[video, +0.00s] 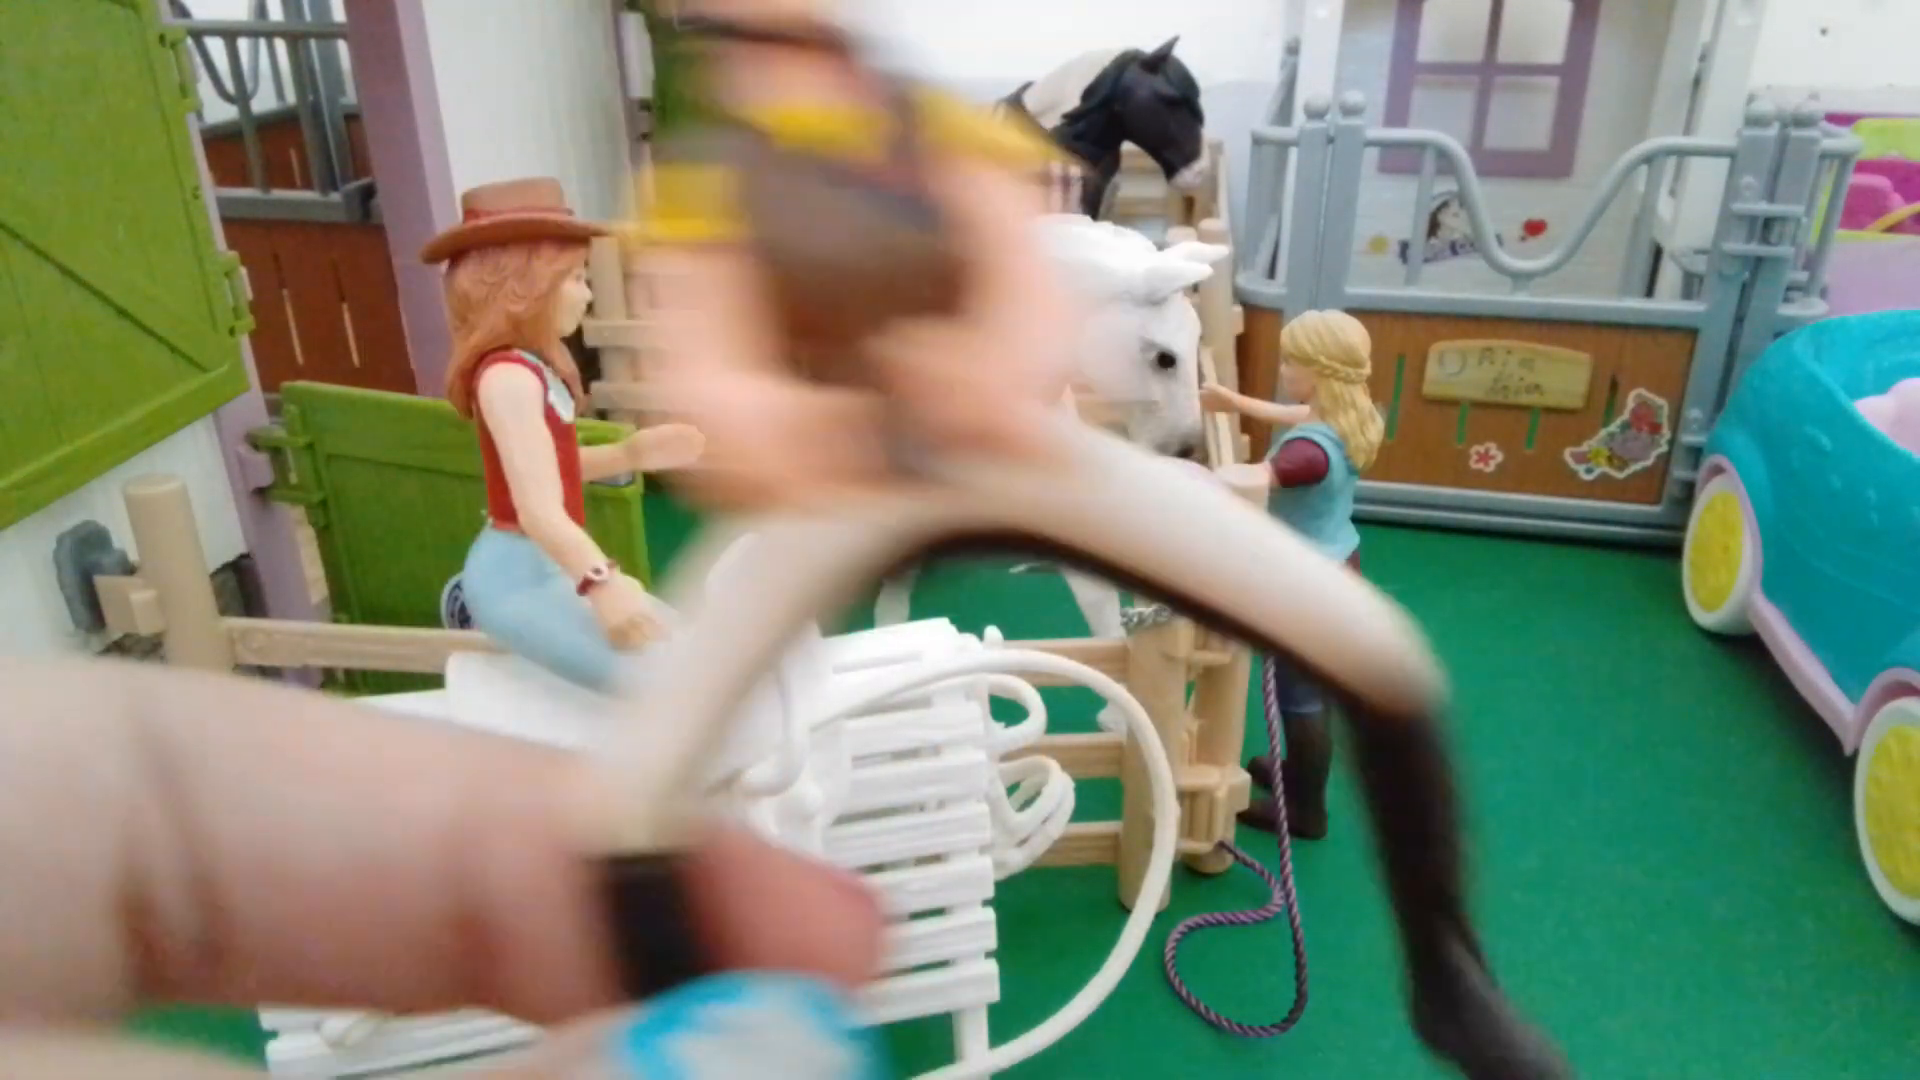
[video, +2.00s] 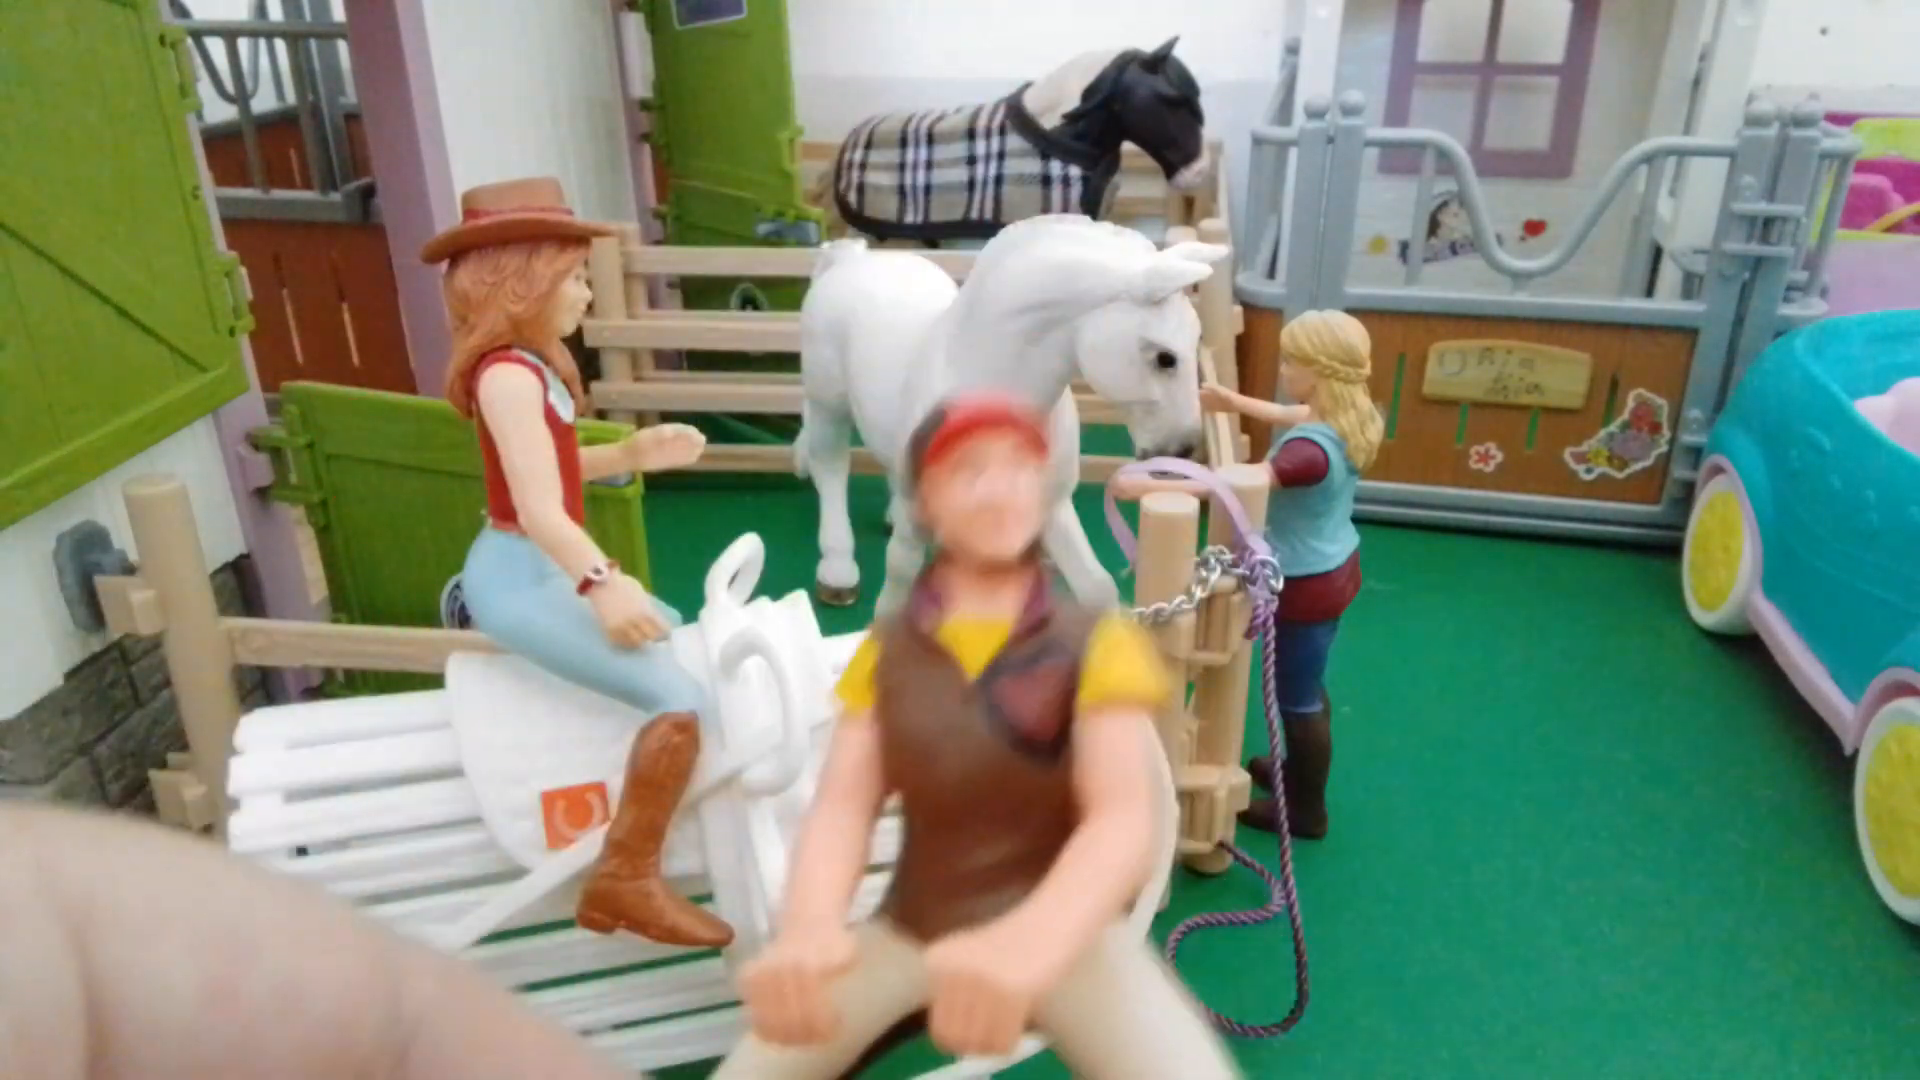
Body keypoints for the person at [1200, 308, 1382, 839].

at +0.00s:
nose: (1281, 371)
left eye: (1290, 363)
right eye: (1284, 361)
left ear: (1317, 374)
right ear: (1336, 373)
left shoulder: (1315, 448)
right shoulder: (1346, 419)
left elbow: (1253, 479)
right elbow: (1292, 415)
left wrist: (1193, 479)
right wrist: (1236, 401)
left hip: (1309, 579)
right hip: (1333, 565)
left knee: (1297, 691)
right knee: (1299, 676)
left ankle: (1302, 809)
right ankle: (1298, 771)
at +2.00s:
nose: (1282, 371)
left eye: (1290, 362)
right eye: (1285, 360)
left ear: (1319, 373)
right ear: (1335, 374)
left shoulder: (1314, 447)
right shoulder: (1346, 418)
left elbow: (1249, 478)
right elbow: (1288, 415)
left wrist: (1165, 483)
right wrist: (1235, 400)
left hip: (1305, 587)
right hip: (1332, 564)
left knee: (1298, 699)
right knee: (1302, 680)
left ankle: (1304, 812)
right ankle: (1299, 771)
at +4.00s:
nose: (1282, 371)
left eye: (1289, 362)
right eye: (1284, 360)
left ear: (1317, 372)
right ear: (1336, 372)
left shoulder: (1314, 448)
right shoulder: (1348, 417)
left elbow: (1249, 479)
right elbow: (1290, 415)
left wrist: (1176, 484)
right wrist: (1238, 401)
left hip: (1305, 587)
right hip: (1333, 565)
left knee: (1298, 698)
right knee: (1301, 680)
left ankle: (1303, 810)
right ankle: (1298, 772)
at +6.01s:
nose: (1327, 652)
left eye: (1334, 645)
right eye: (1328, 644)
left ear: (1359, 657)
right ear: (1379, 656)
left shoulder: (1356, 728)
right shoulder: (1391, 698)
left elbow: (1276, 762)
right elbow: (1333, 684)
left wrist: (1206, 754)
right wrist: (1279, 663)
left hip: (1358, 858)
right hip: (1384, 839)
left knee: (1358, 968)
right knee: (1363, 949)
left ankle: (1364, 1068)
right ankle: (1358, 1035)